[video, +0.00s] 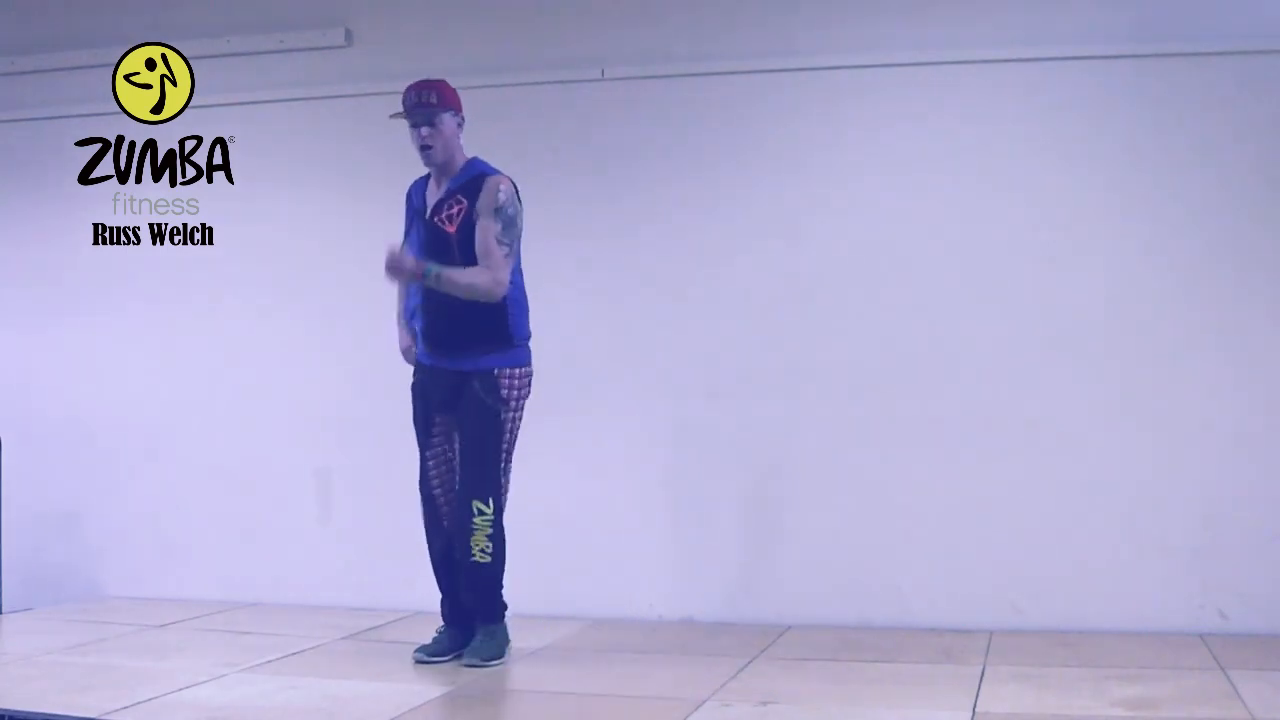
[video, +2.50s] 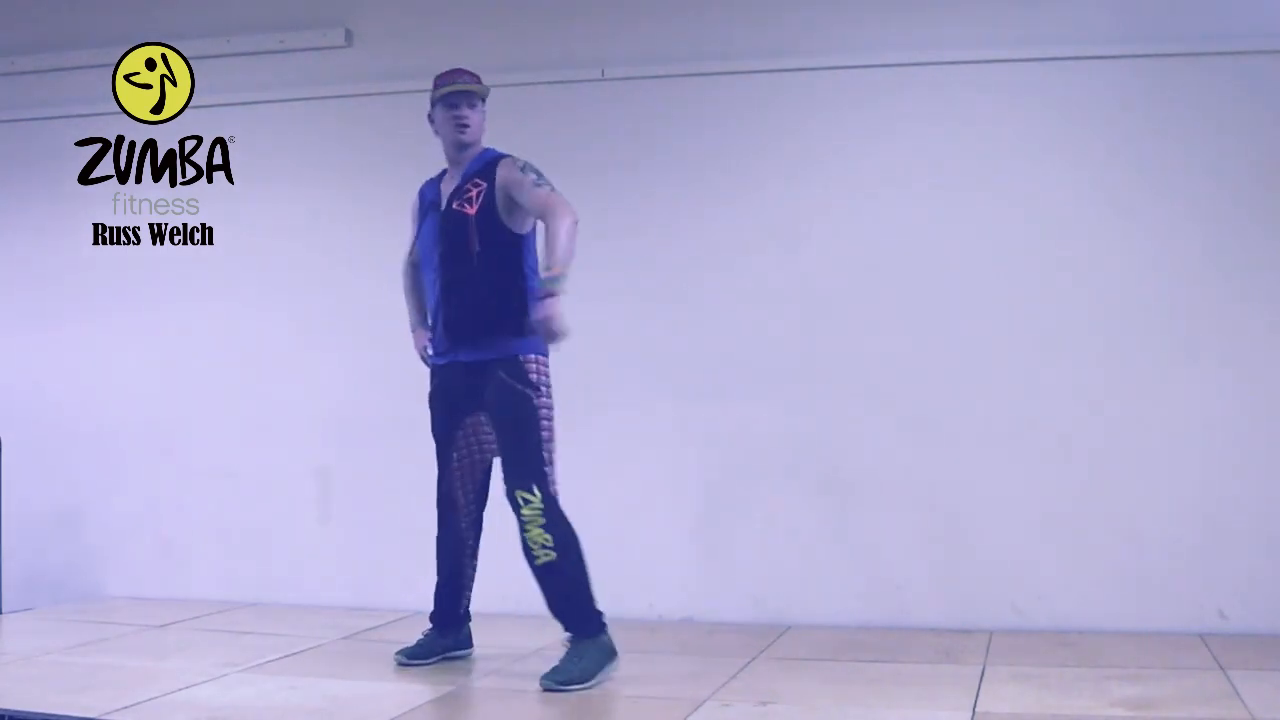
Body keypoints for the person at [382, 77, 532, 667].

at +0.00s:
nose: (422, 136)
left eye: (430, 124)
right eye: (414, 127)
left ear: (458, 123)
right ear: (409, 133)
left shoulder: (495, 190)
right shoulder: (418, 194)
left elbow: (494, 283)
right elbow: (412, 273)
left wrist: (420, 271)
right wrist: (404, 326)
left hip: (493, 364)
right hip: (436, 364)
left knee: (479, 497)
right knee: (439, 495)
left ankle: (490, 625)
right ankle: (457, 622)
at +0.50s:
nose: (454, 119)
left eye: (463, 108)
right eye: (441, 112)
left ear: (479, 118)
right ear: (426, 127)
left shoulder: (506, 175)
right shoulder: (434, 201)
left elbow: (542, 225)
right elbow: (426, 273)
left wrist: (584, 285)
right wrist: (430, 333)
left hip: (519, 365)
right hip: (457, 372)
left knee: (543, 504)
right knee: (460, 502)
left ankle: (581, 646)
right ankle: (462, 623)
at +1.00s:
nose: (488, 99)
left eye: (499, 89)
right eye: (477, 92)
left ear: (521, 101)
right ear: (465, 110)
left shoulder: (553, 162)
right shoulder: (467, 186)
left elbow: (623, 210)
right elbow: (460, 262)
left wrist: (574, 140)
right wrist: (467, 325)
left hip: (558, 358)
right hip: (498, 362)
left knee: (562, 503)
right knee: (519, 504)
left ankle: (585, 648)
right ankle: (579, 638)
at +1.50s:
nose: (458, 112)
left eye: (470, 101)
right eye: (458, 101)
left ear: (502, 112)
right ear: (469, 114)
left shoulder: (526, 183)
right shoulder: (456, 183)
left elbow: (521, 273)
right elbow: (446, 268)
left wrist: (513, 365)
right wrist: (442, 349)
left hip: (517, 368)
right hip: (461, 370)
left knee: (538, 505)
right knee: (451, 501)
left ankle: (582, 646)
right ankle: (448, 624)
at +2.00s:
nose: (419, 129)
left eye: (430, 119)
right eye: (412, 119)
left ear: (457, 120)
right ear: (407, 125)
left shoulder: (486, 188)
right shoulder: (411, 193)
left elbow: (485, 282)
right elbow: (408, 272)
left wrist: (400, 281)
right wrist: (403, 335)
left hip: (479, 366)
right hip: (426, 366)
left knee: (465, 496)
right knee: (431, 497)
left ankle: (490, 628)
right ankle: (447, 625)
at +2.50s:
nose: (462, 113)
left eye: (471, 103)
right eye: (450, 104)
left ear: (485, 114)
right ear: (432, 118)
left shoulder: (506, 171)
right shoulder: (428, 194)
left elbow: (562, 215)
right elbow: (414, 267)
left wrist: (551, 290)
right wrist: (418, 323)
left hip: (514, 363)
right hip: (452, 368)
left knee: (533, 503)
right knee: (456, 506)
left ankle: (590, 638)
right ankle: (450, 629)